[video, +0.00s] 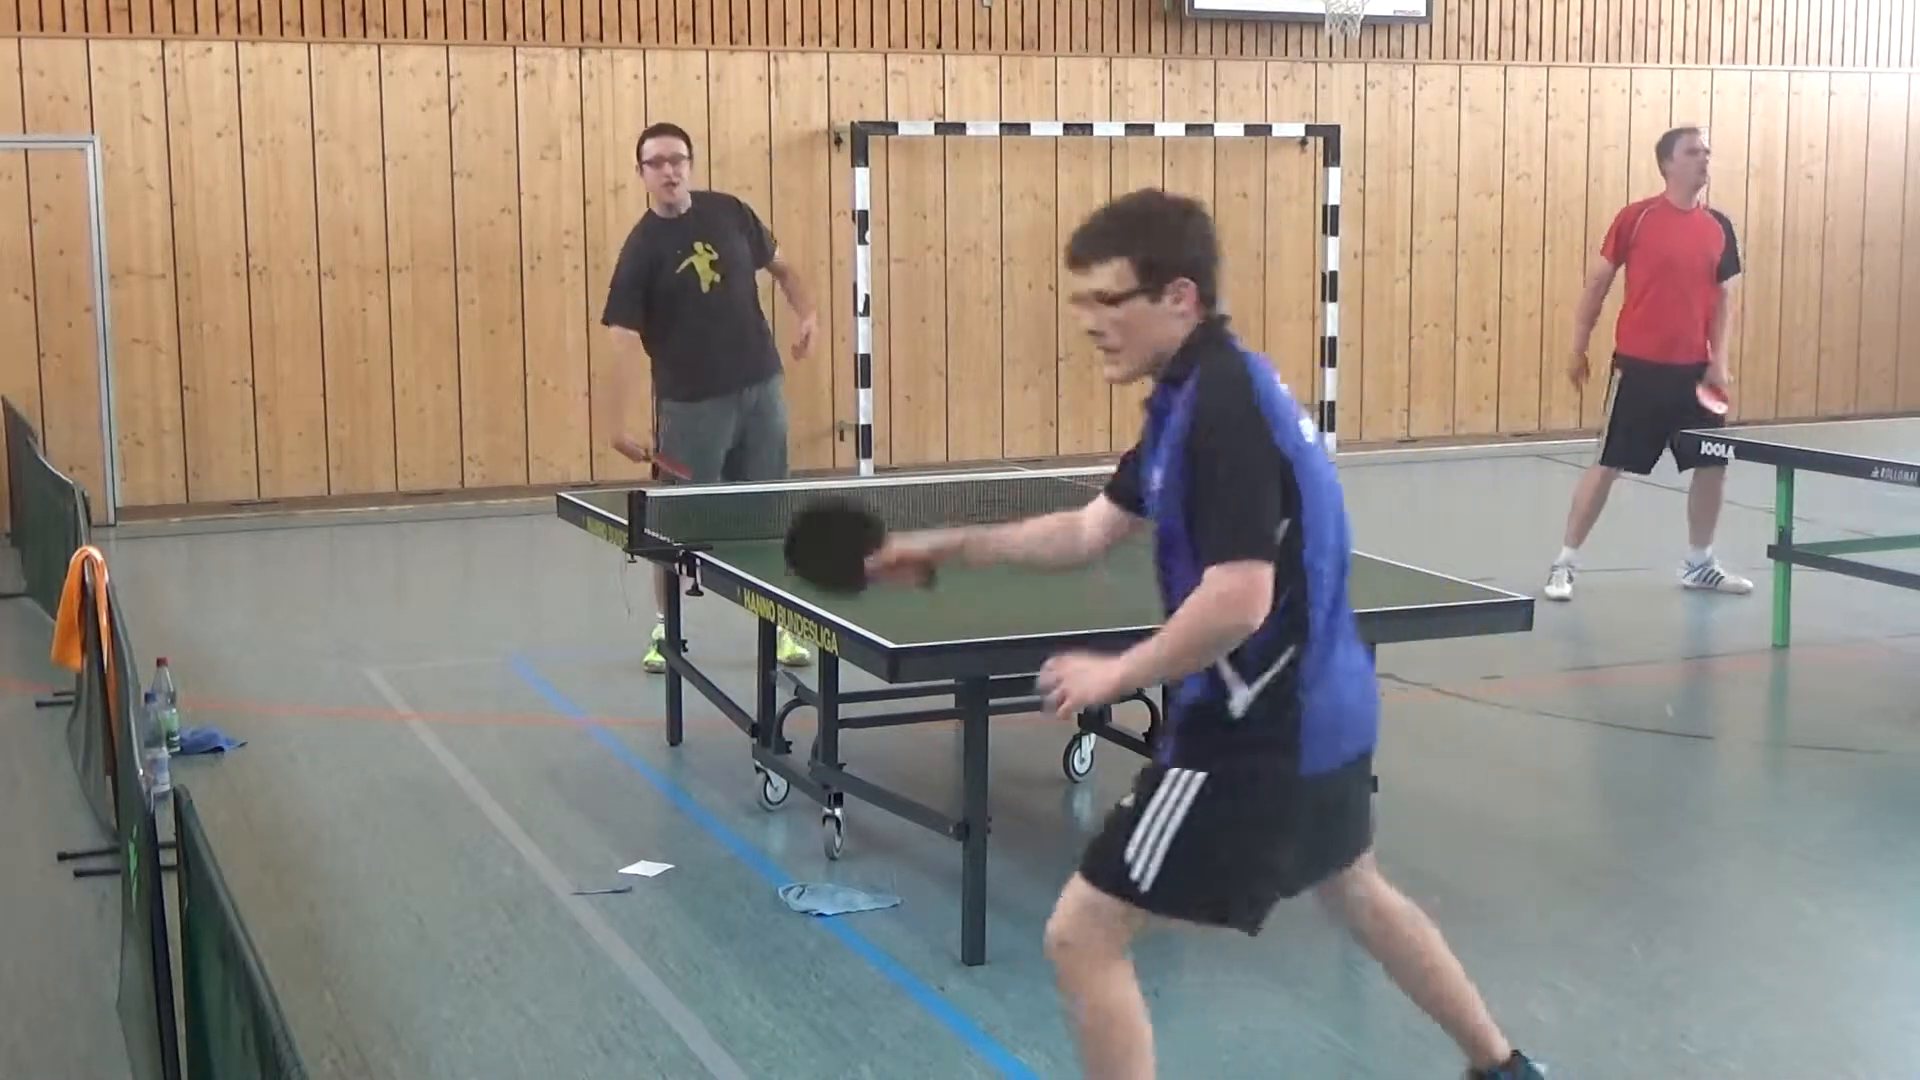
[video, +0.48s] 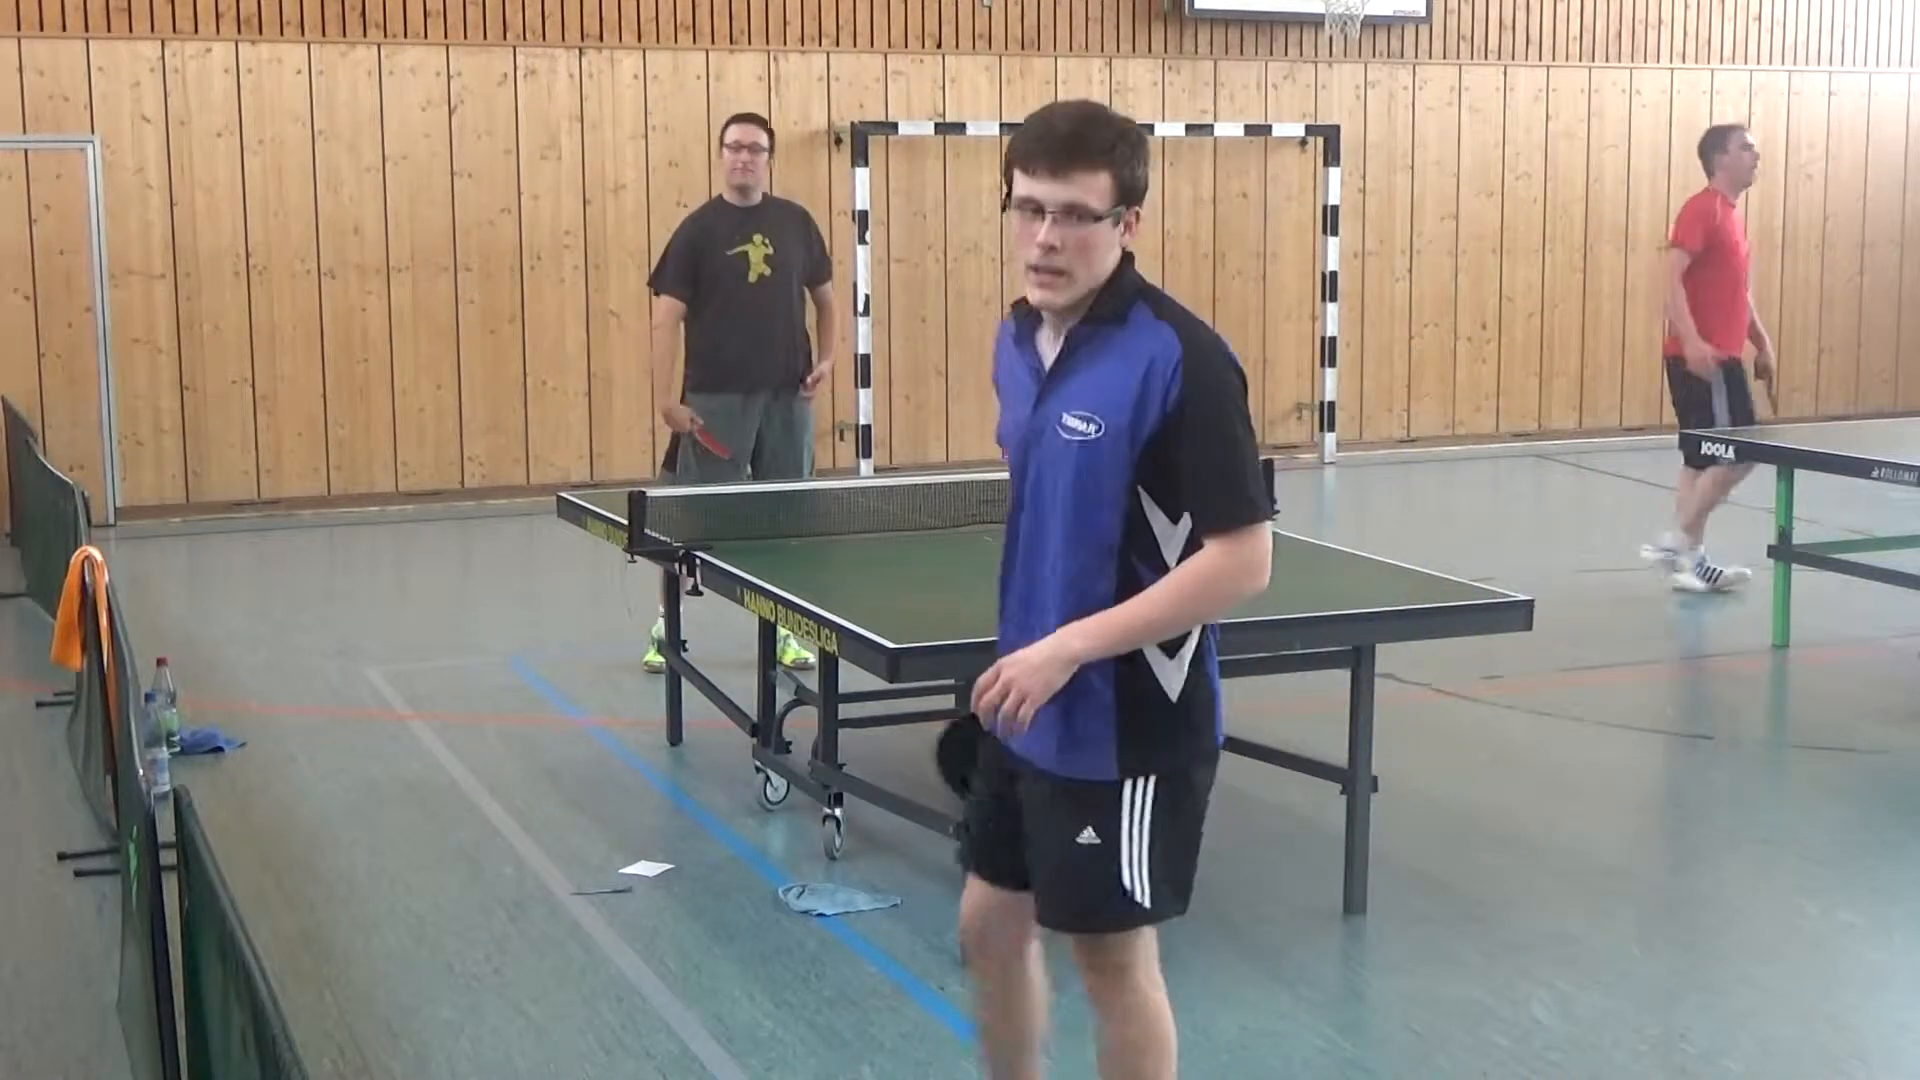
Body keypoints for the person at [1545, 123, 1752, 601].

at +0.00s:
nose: (1706, 158)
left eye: (1707, 152)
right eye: (1695, 152)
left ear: (1708, 161)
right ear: (1668, 163)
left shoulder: (1718, 226)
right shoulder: (1634, 218)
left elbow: (1723, 300)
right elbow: (1596, 284)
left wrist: (1719, 363)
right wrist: (1579, 349)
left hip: (1697, 371)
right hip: (1641, 369)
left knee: (1712, 463)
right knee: (1608, 465)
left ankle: (1699, 564)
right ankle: (1565, 563)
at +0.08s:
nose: (1708, 159)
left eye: (1709, 152)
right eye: (1697, 153)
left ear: (1708, 162)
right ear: (1670, 164)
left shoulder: (1719, 227)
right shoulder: (1639, 219)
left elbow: (1723, 299)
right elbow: (1606, 286)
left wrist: (1723, 362)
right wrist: (1590, 354)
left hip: (1697, 371)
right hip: (1644, 369)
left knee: (1715, 460)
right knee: (1609, 464)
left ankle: (1695, 565)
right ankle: (1563, 562)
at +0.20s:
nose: (1719, 158)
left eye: (1719, 151)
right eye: (1707, 151)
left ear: (1716, 162)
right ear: (1680, 164)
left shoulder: (1727, 225)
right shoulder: (1653, 217)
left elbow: (1733, 299)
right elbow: (1620, 286)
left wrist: (1736, 359)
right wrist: (1614, 353)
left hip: (1710, 369)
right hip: (1659, 366)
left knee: (1716, 463)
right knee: (1628, 460)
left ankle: (1694, 565)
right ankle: (1567, 555)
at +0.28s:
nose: (1726, 156)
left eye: (1726, 149)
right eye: (1715, 149)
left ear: (1723, 160)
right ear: (1689, 162)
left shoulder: (1730, 224)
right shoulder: (1664, 214)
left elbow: (1738, 297)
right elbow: (1635, 282)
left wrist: (1742, 362)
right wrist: (1635, 349)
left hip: (1719, 364)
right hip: (1675, 361)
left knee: (1712, 464)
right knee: (1655, 462)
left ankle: (1693, 564)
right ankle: (1587, 544)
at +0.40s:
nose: (1744, 154)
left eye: (1743, 148)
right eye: (1733, 148)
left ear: (1728, 161)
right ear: (1705, 159)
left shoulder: (1733, 221)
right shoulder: (1686, 210)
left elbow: (1739, 292)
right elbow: (1655, 276)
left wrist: (1755, 349)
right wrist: (1667, 345)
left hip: (1724, 357)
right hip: (1693, 355)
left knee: (1707, 462)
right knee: (1704, 458)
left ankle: (1692, 566)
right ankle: (1627, 542)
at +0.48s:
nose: (1756, 154)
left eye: (1753, 147)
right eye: (1746, 148)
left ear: (1731, 160)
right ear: (1720, 160)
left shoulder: (1732, 211)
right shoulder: (1704, 208)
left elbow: (1735, 288)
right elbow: (1671, 277)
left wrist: (1762, 341)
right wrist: (1692, 341)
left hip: (1719, 354)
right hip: (1704, 355)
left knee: (1699, 459)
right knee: (1739, 455)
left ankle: (1689, 561)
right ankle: (1675, 540)